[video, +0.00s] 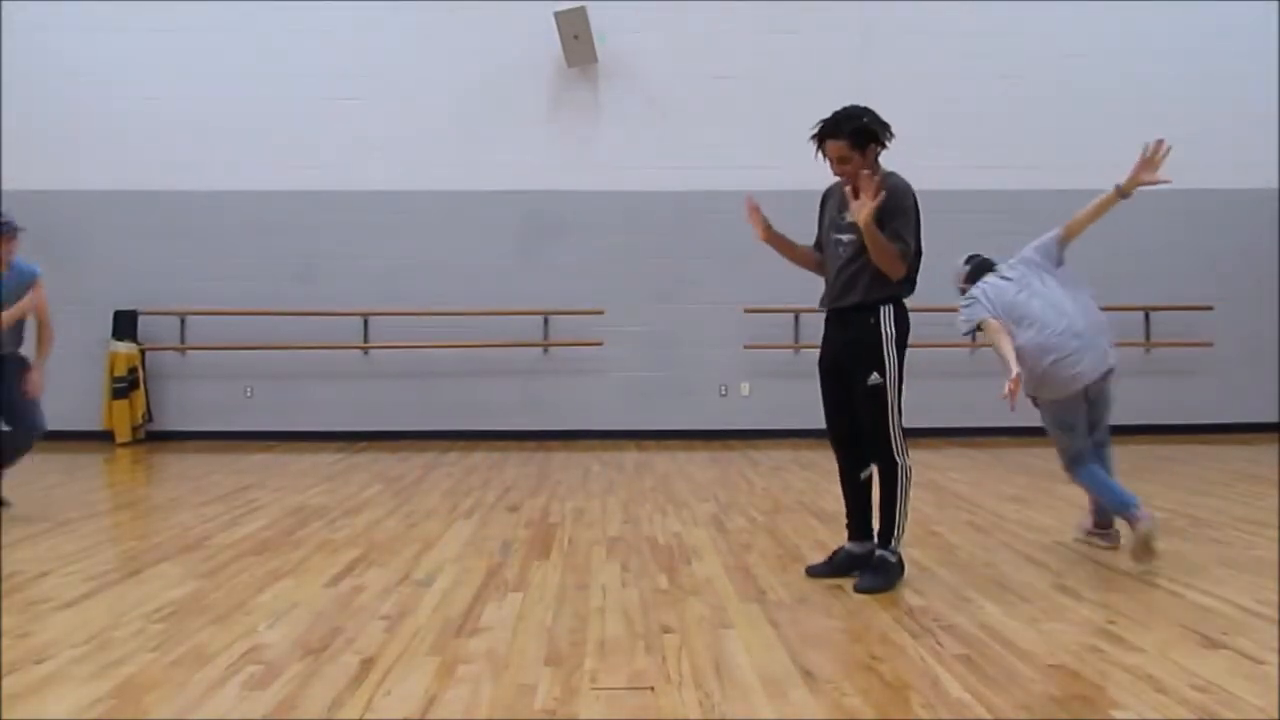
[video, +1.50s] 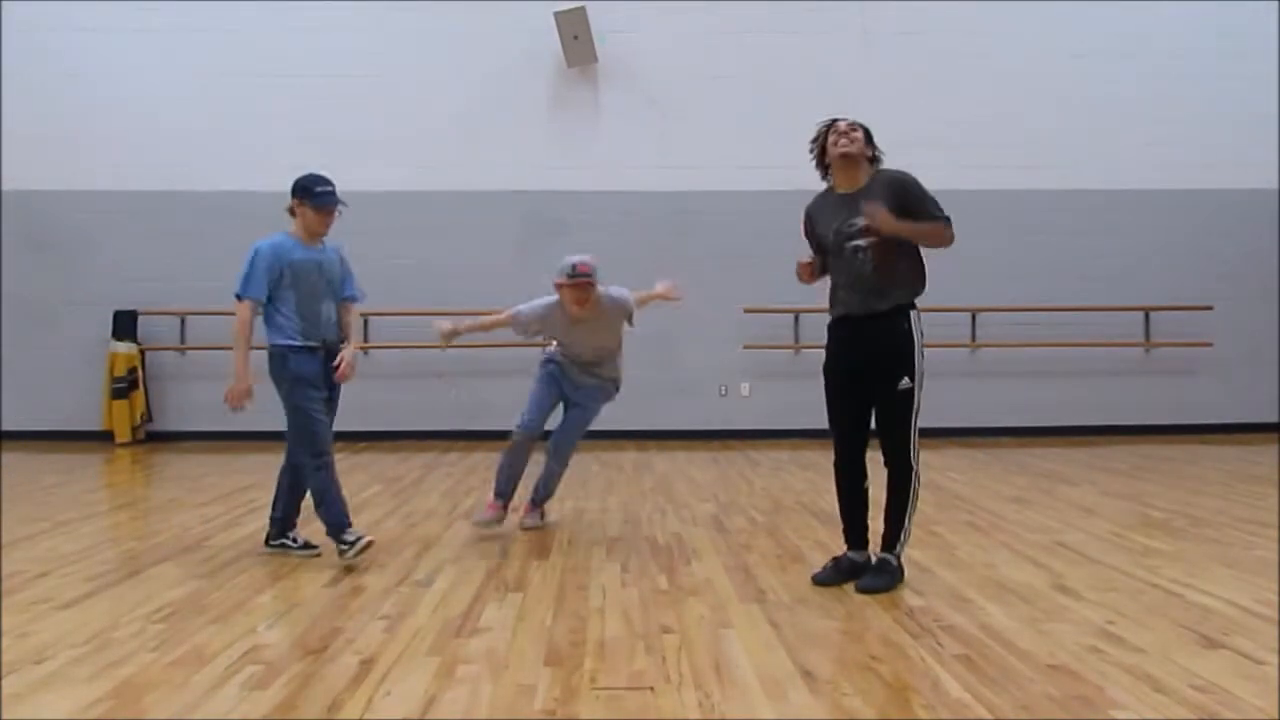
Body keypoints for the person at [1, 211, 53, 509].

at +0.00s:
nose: (9, 247)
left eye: (12, 240)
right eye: (4, 241)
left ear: (16, 243)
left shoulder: (26, 275)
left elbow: (44, 323)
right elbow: (6, 321)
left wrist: (38, 367)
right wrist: (24, 305)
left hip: (10, 359)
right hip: (6, 359)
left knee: (29, 426)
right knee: (24, 428)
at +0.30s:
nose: (109, 240)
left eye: (111, 234)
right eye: (101, 233)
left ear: (111, 239)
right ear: (81, 235)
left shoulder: (101, 279)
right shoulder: (61, 263)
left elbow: (124, 324)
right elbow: (94, 304)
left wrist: (126, 354)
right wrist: (132, 311)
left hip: (89, 367)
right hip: (51, 367)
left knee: (108, 436)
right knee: (40, 440)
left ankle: (91, 506)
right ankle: (5, 473)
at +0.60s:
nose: (162, 211)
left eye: (164, 204)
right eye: (153, 205)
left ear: (168, 207)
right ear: (132, 207)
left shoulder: (178, 249)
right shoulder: (109, 245)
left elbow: (203, 295)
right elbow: (89, 290)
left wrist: (207, 344)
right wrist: (148, 306)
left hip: (168, 346)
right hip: (129, 347)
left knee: (156, 428)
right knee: (146, 428)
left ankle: (110, 478)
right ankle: (158, 511)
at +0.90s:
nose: (235, 212)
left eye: (237, 205)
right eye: (227, 204)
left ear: (236, 207)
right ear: (203, 203)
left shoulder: (234, 248)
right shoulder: (182, 248)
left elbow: (239, 307)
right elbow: (177, 310)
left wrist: (250, 352)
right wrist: (205, 361)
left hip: (234, 346)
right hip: (197, 348)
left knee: (248, 432)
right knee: (199, 435)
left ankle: (217, 511)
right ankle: (184, 516)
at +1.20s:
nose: (297, 230)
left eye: (299, 223)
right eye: (290, 222)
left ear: (295, 223)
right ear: (265, 220)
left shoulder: (294, 267)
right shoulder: (241, 260)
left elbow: (307, 324)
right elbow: (237, 317)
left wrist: (326, 366)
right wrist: (279, 358)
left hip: (298, 366)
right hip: (257, 366)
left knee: (312, 452)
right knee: (255, 449)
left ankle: (283, 532)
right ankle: (232, 525)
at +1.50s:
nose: (329, 219)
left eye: (332, 211)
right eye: (321, 211)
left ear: (335, 211)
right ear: (297, 208)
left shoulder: (333, 254)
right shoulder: (270, 251)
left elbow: (348, 306)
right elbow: (245, 312)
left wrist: (351, 344)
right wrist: (242, 375)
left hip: (329, 356)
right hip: (291, 356)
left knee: (305, 445)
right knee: (317, 442)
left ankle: (280, 530)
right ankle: (342, 532)